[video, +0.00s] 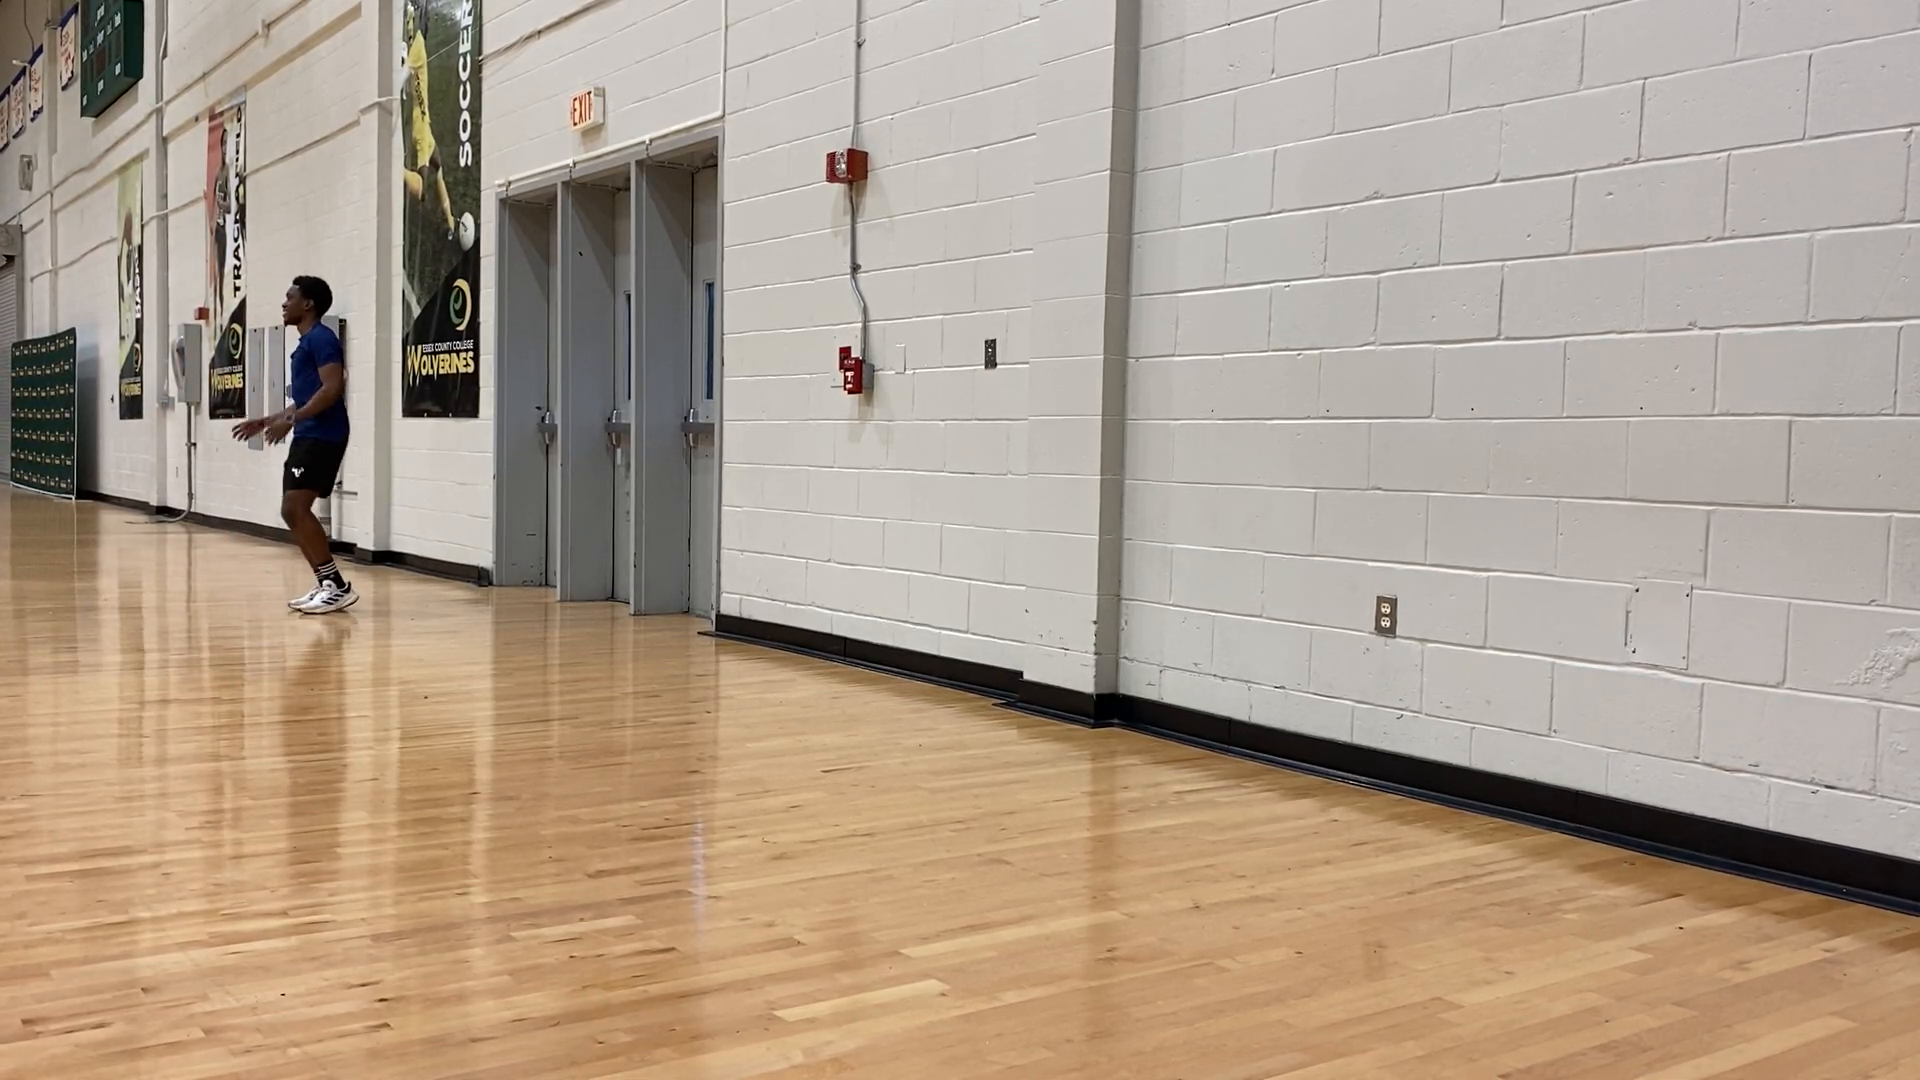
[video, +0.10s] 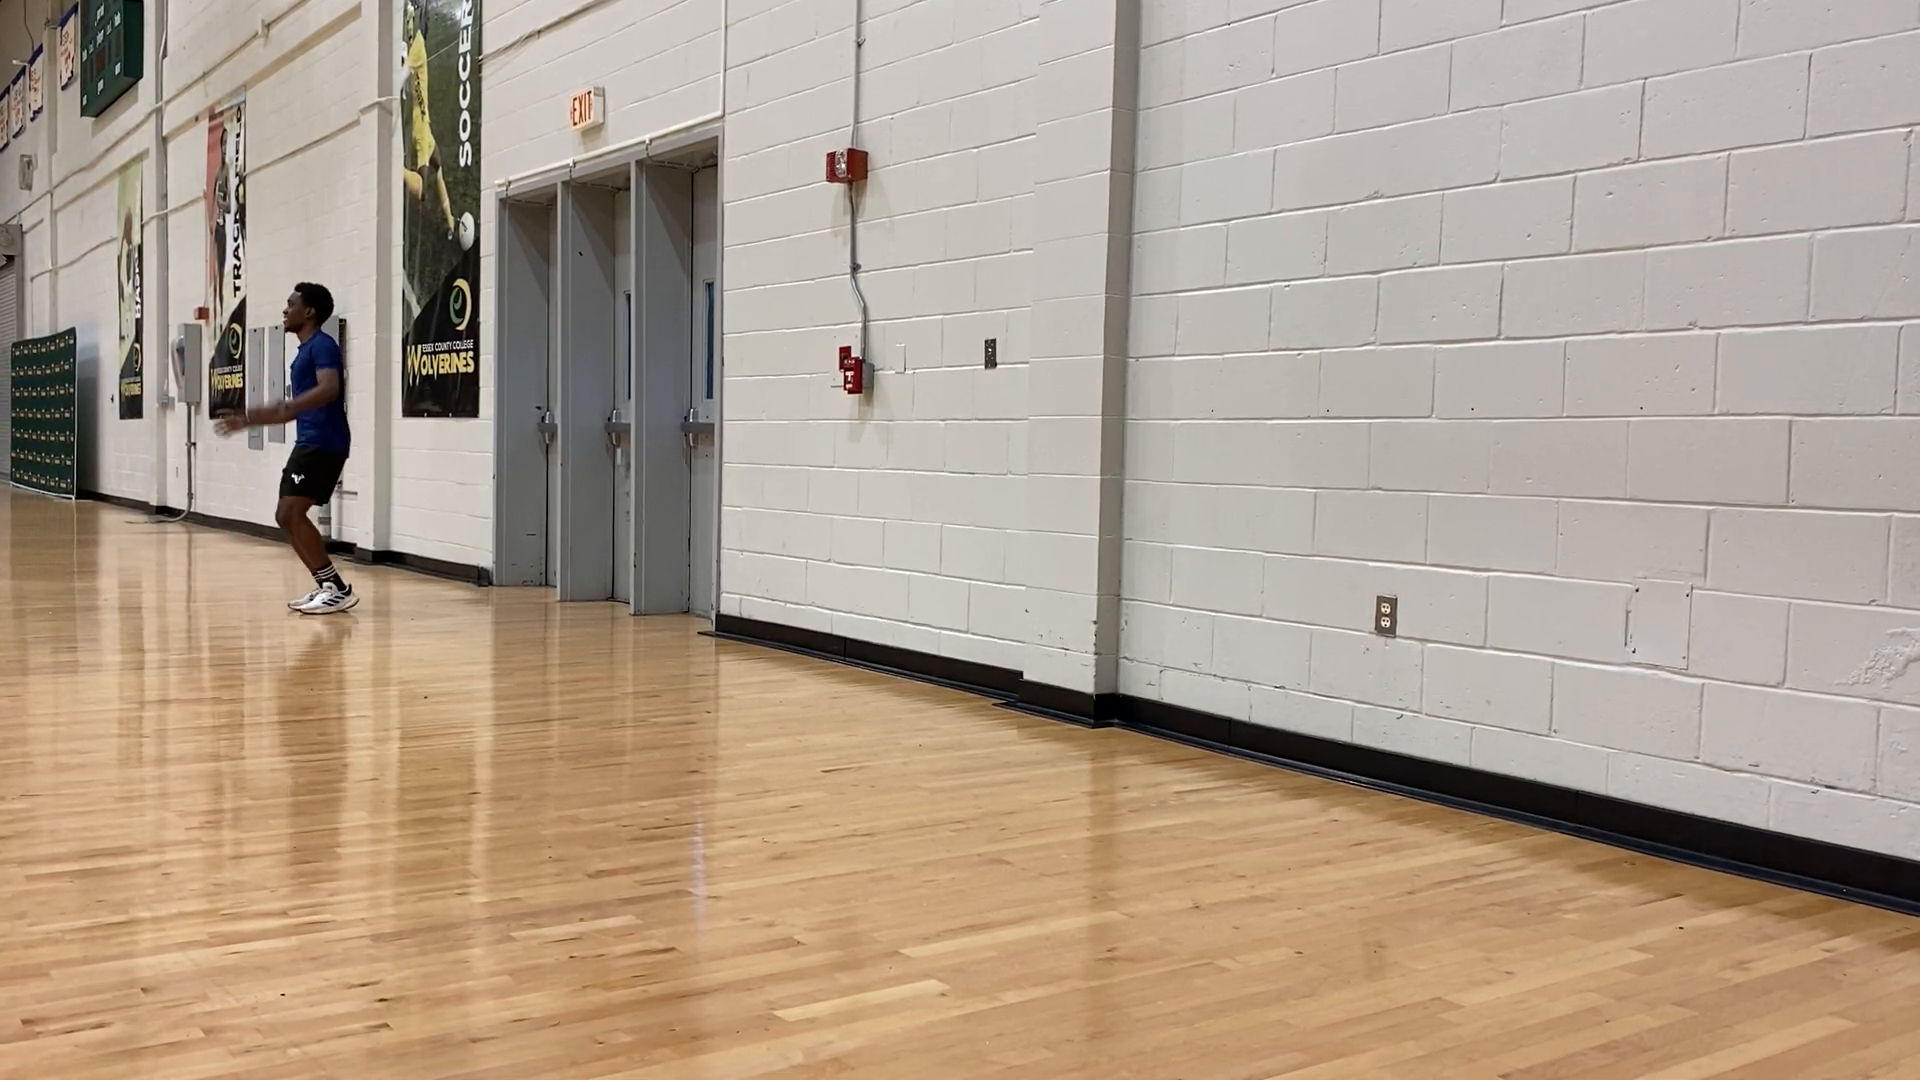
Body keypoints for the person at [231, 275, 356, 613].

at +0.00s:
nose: (283, 303)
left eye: (290, 298)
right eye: (286, 297)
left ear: (309, 304)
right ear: (305, 305)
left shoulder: (321, 338)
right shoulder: (305, 344)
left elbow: (332, 390)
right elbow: (302, 401)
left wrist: (291, 420)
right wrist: (265, 422)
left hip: (323, 436)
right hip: (310, 435)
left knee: (297, 508)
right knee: (291, 510)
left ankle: (335, 586)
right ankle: (326, 585)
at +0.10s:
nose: (285, 310)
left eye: (292, 305)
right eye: (287, 304)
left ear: (310, 312)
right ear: (307, 313)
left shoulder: (322, 346)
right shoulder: (305, 352)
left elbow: (329, 389)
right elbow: (292, 409)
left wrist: (284, 409)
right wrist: (249, 417)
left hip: (324, 444)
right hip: (310, 443)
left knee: (292, 513)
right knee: (285, 515)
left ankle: (335, 588)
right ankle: (328, 586)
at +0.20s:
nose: (288, 295)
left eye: (294, 289)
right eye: (290, 289)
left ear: (314, 296)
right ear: (310, 296)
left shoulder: (321, 322)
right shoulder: (304, 333)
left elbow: (325, 348)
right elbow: (287, 376)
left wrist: (278, 340)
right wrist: (238, 364)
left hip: (320, 430)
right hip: (304, 430)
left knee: (302, 503)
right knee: (294, 505)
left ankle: (334, 584)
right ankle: (326, 582)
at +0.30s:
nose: (287, 281)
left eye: (293, 276)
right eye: (288, 276)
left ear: (313, 282)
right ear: (301, 282)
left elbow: (304, 288)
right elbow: (272, 328)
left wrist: (266, 267)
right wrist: (245, 289)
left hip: (318, 412)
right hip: (298, 413)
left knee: (307, 490)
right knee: (297, 493)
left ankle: (336, 575)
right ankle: (317, 575)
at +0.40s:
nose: (285, 285)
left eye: (292, 280)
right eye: (286, 280)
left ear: (307, 286)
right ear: (291, 288)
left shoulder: (316, 311)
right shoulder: (298, 314)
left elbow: (320, 273)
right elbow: (276, 292)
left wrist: (284, 237)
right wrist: (267, 248)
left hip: (315, 410)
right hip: (298, 411)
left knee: (307, 494)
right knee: (291, 497)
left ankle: (335, 577)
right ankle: (317, 577)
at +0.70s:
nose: (284, 271)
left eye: (292, 267)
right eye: (287, 266)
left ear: (308, 277)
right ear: (296, 277)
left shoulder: (315, 308)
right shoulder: (289, 312)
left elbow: (316, 287)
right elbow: (272, 314)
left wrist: (288, 256)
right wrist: (249, 289)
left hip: (308, 407)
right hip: (289, 408)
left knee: (302, 487)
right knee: (288, 489)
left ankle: (327, 571)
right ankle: (311, 570)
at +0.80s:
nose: (286, 275)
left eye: (291, 270)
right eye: (289, 269)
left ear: (302, 277)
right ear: (306, 279)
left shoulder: (310, 304)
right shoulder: (294, 313)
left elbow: (325, 337)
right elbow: (281, 360)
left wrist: (288, 342)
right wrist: (242, 356)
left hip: (304, 407)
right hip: (288, 407)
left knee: (292, 489)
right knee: (288, 490)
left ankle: (317, 573)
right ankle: (311, 572)